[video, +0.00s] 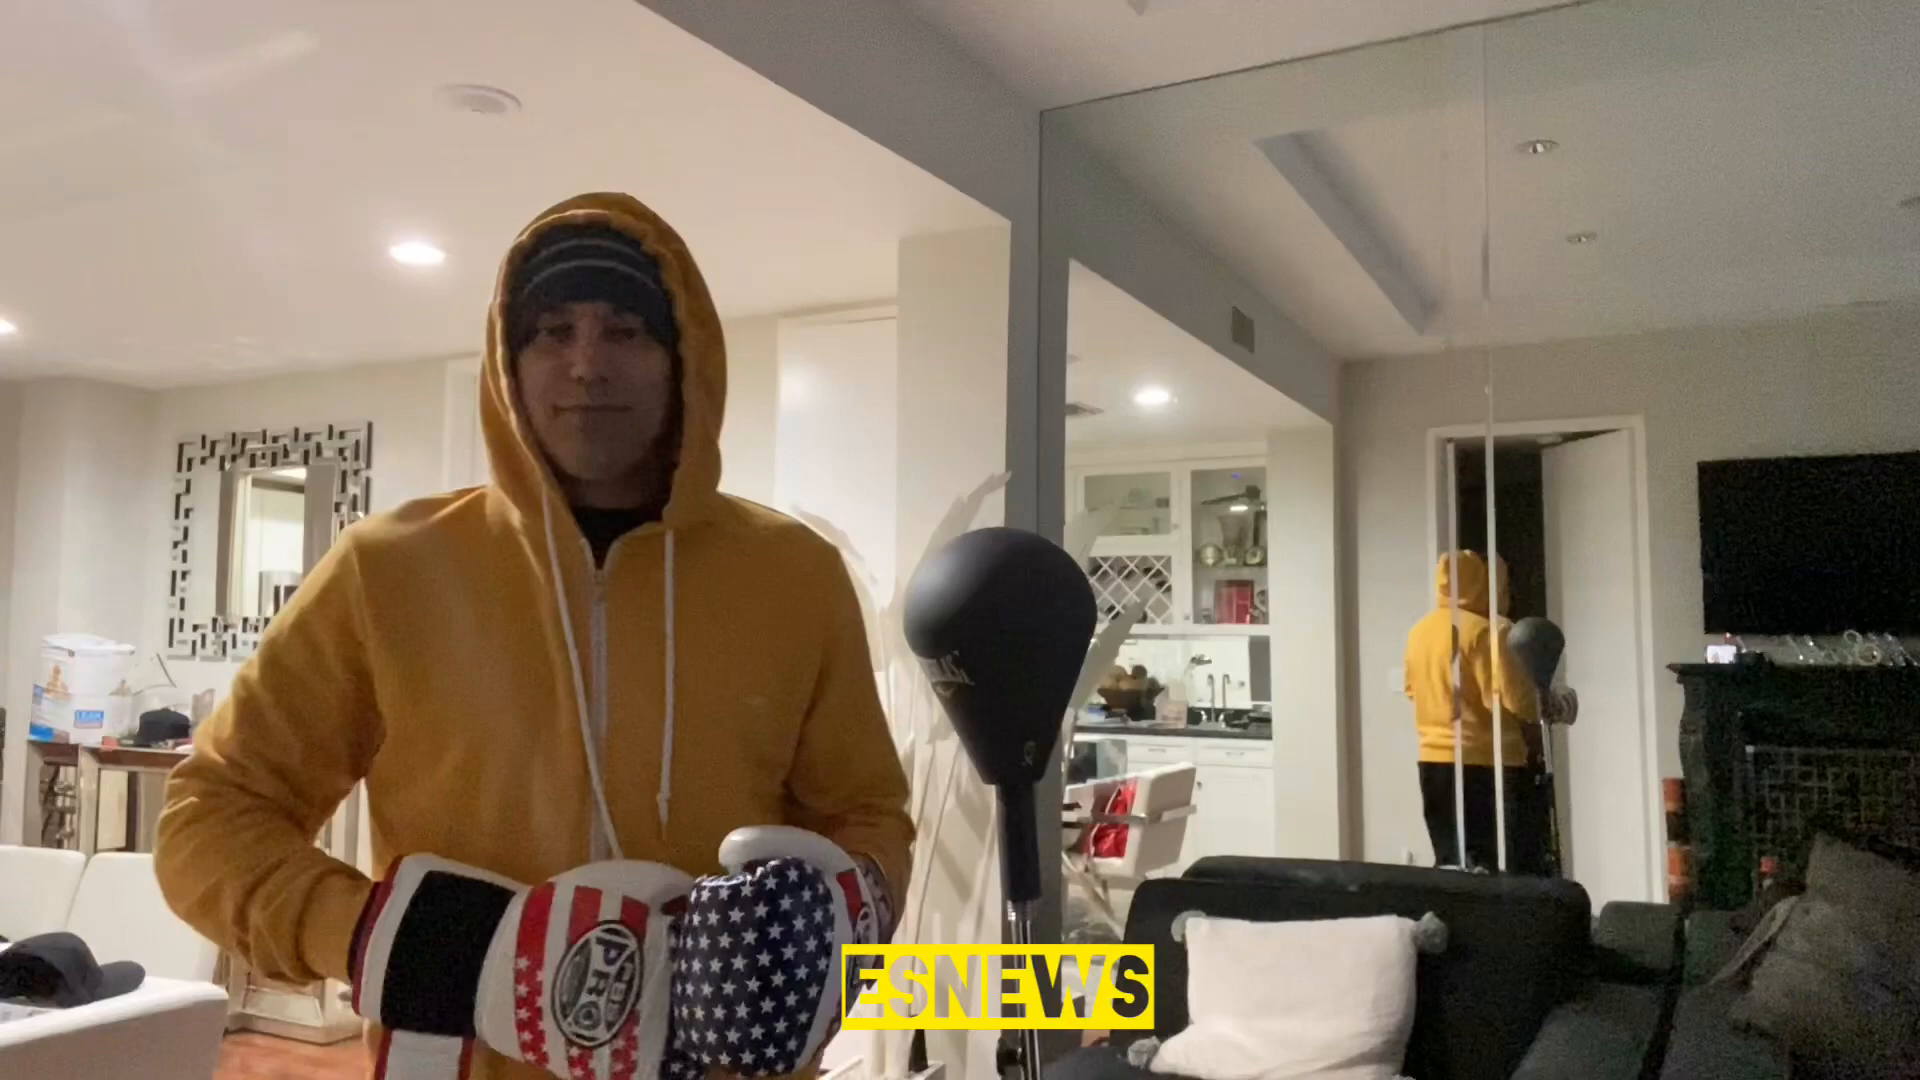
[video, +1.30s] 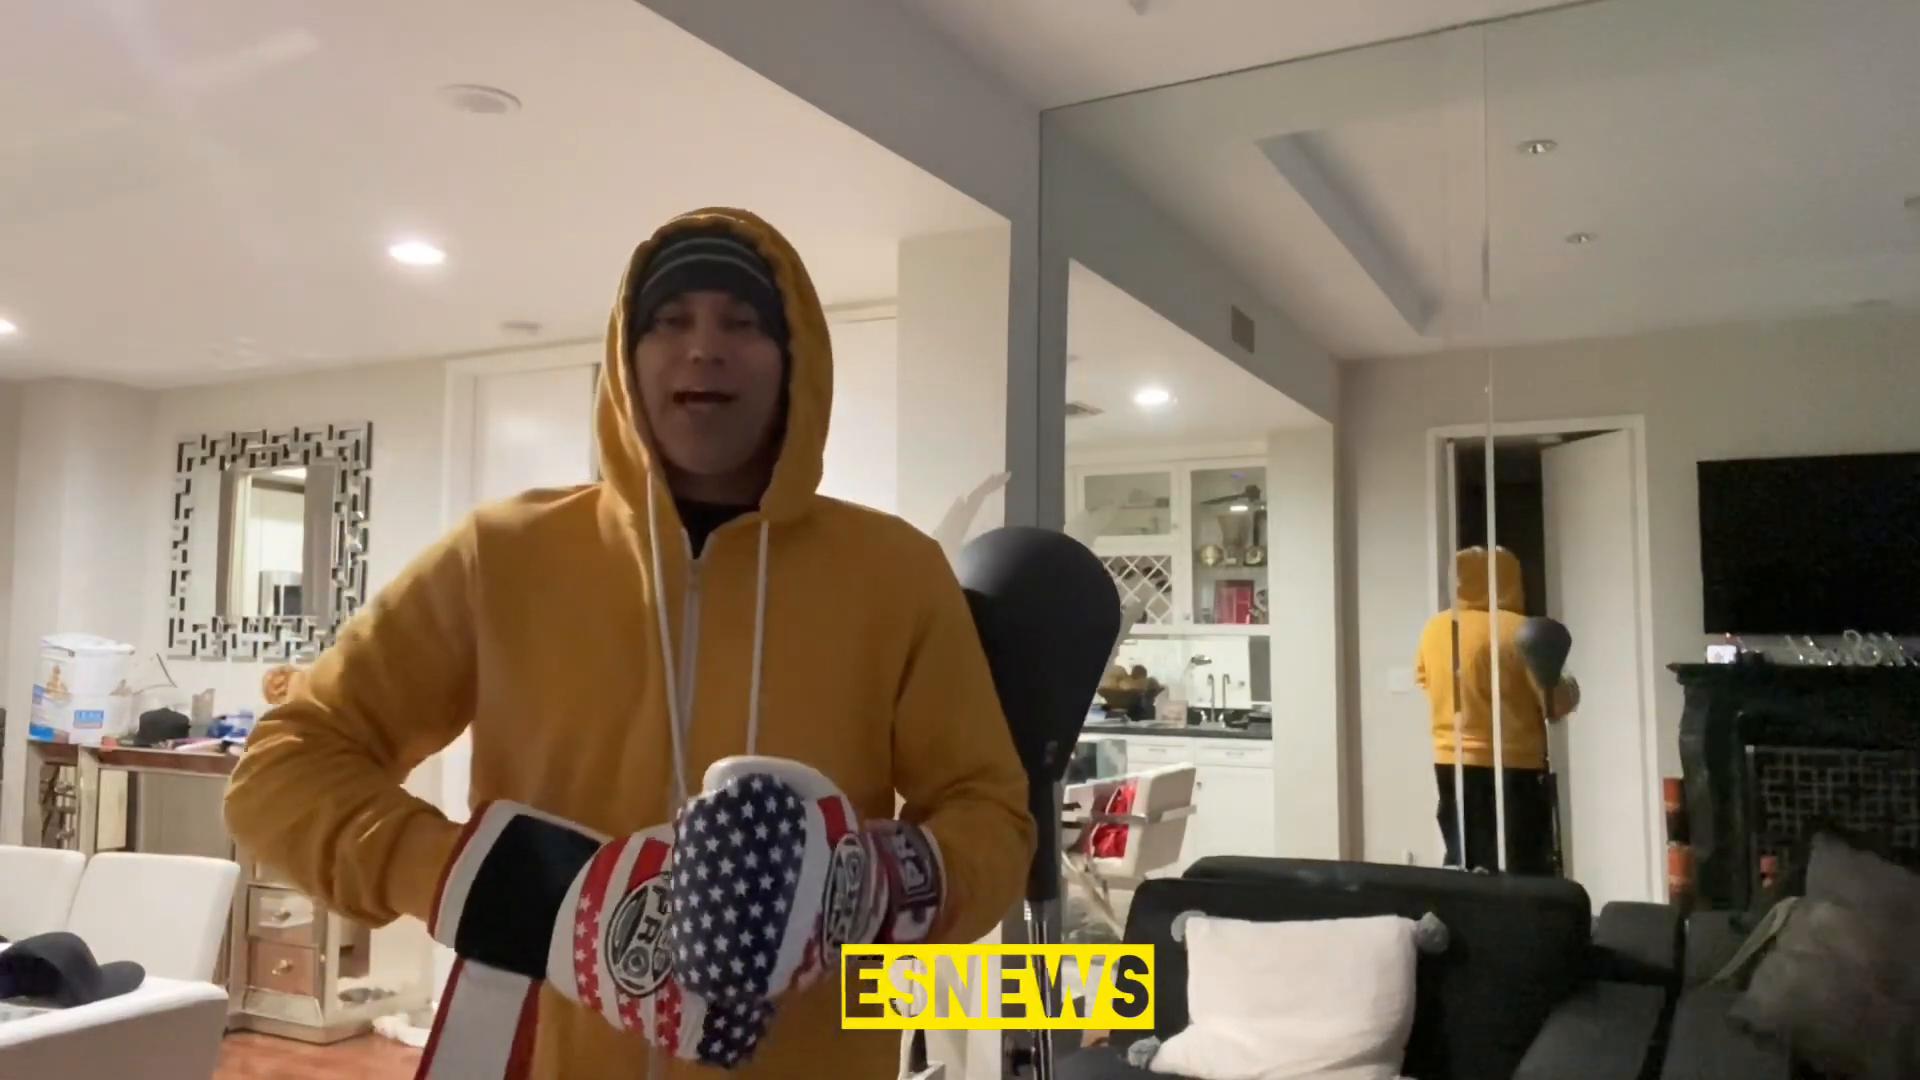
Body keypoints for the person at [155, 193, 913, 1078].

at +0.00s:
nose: (587, 364)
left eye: (626, 331)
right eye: (555, 333)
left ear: (681, 363)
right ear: (510, 367)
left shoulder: (795, 577)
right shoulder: (387, 574)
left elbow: (869, 817)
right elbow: (212, 819)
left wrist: (808, 930)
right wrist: (385, 939)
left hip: (720, 1064)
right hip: (465, 1062)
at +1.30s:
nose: (705, 347)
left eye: (744, 320)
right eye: (670, 321)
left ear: (795, 360)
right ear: (624, 361)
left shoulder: (894, 575)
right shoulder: (501, 560)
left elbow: (991, 818)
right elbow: (282, 770)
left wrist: (879, 881)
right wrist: (511, 891)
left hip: (813, 1066)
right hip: (552, 1061)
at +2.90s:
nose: (321, 526)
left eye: (345, 456)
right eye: (270, 488)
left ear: (448, 407)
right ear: (234, 491)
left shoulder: (702, 527)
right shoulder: (214, 648)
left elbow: (922, 769)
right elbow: (38, 973)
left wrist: (665, 816)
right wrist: (340, 933)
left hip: (699, 1062)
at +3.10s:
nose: (296, 521)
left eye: (331, 458)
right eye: (251, 481)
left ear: (433, 403)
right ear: (212, 480)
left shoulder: (670, 523)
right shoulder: (174, 641)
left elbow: (868, 792)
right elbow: (25, 976)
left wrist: (607, 832)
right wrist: (251, 937)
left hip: (667, 1062)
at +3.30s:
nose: (330, 500)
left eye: (365, 436)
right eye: (281, 456)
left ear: (458, 391)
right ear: (244, 463)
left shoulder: (667, 524)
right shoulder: (184, 603)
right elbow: (34, 941)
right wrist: (327, 803)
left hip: (639, 1062)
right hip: (321, 1072)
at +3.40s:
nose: (359, 497)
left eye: (405, 426)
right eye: (308, 442)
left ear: (493, 394)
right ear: (268, 454)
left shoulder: (679, 531)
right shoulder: (200, 590)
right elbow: (82, 908)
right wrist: (363, 712)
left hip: (635, 1058)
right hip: (320, 1068)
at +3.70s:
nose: (465, 466)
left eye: (509, 411)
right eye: (419, 414)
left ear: (591, 406)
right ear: (368, 417)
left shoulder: (732, 572)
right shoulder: (278, 560)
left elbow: (910, 812)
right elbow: (160, 859)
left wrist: (655, 911)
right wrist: (418, 750)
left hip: (629, 1065)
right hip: (317, 1063)